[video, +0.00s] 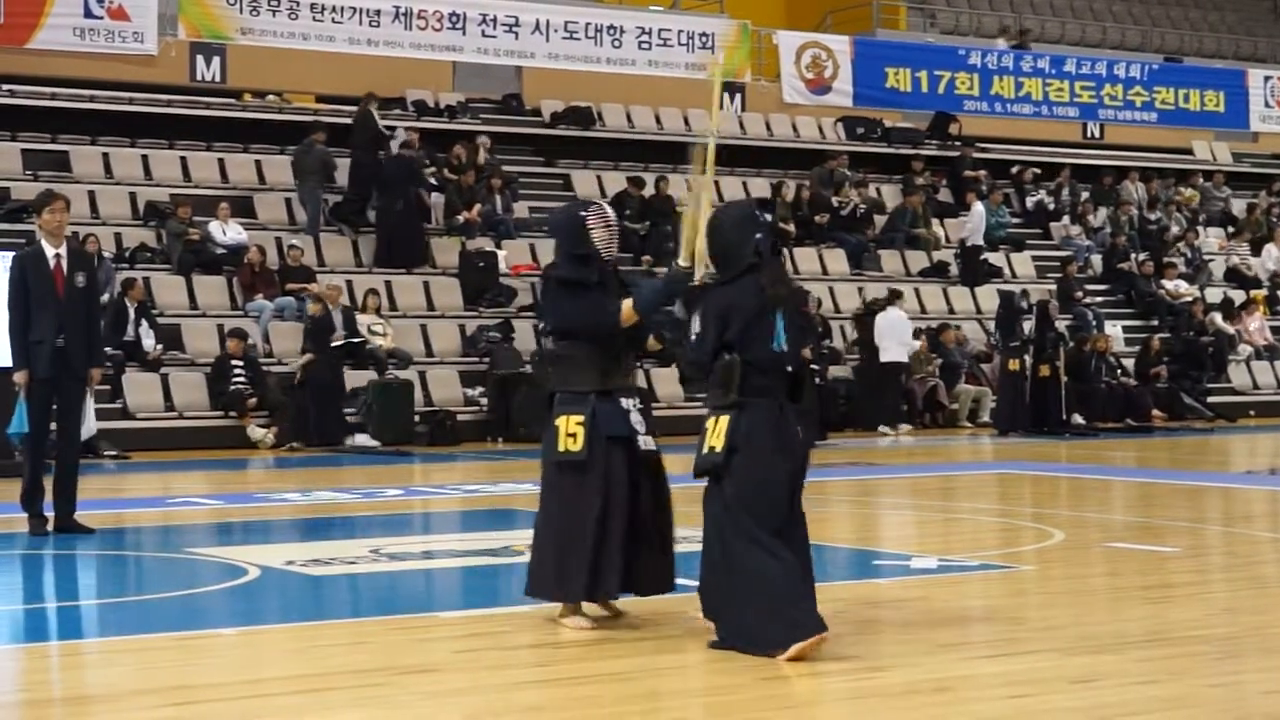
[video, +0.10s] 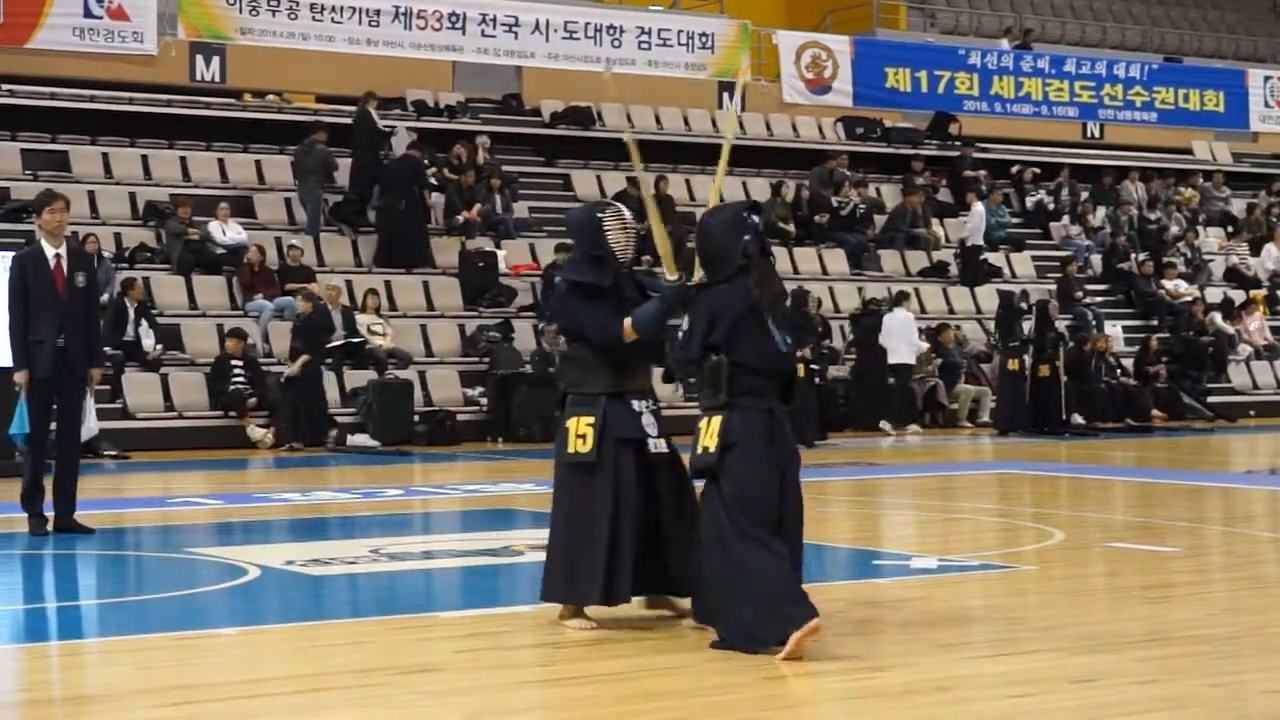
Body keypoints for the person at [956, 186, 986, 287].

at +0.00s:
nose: (966, 197)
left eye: (968, 194)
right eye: (967, 194)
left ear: (974, 195)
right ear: (973, 195)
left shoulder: (976, 209)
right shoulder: (978, 208)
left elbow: (971, 227)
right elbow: (972, 225)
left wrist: (959, 237)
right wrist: (960, 237)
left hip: (972, 245)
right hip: (976, 244)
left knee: (969, 274)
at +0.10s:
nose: (967, 197)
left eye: (969, 194)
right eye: (967, 194)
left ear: (974, 195)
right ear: (973, 196)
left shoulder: (976, 209)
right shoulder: (978, 208)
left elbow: (971, 227)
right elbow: (972, 225)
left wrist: (960, 237)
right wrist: (961, 236)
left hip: (972, 245)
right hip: (976, 244)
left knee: (969, 274)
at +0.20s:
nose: (966, 197)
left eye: (968, 194)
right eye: (967, 194)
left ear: (973, 195)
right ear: (973, 195)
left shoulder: (976, 209)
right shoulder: (978, 208)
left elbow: (972, 226)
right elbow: (973, 225)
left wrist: (961, 236)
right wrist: (961, 235)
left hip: (972, 244)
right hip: (976, 243)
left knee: (968, 272)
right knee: (971, 272)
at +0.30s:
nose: (967, 197)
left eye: (969, 194)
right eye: (967, 194)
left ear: (974, 194)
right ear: (973, 195)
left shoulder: (977, 209)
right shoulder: (979, 207)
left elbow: (972, 226)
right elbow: (974, 225)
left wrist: (961, 236)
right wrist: (962, 236)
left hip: (972, 244)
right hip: (976, 243)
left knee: (968, 272)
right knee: (972, 271)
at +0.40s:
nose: (967, 197)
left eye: (969, 194)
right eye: (967, 194)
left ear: (974, 195)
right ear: (974, 195)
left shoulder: (977, 209)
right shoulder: (979, 208)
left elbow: (972, 226)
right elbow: (974, 225)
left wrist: (961, 236)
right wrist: (962, 236)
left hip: (973, 244)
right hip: (977, 243)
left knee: (968, 271)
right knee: (973, 271)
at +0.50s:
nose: (967, 197)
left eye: (969, 194)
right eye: (967, 194)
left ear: (974, 195)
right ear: (973, 195)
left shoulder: (977, 209)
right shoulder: (979, 208)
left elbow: (972, 226)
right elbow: (974, 225)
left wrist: (962, 236)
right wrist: (963, 236)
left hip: (972, 244)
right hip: (977, 243)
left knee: (968, 271)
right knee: (973, 271)